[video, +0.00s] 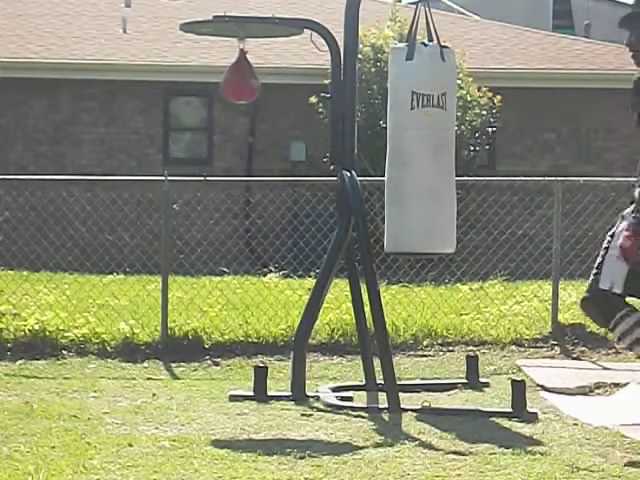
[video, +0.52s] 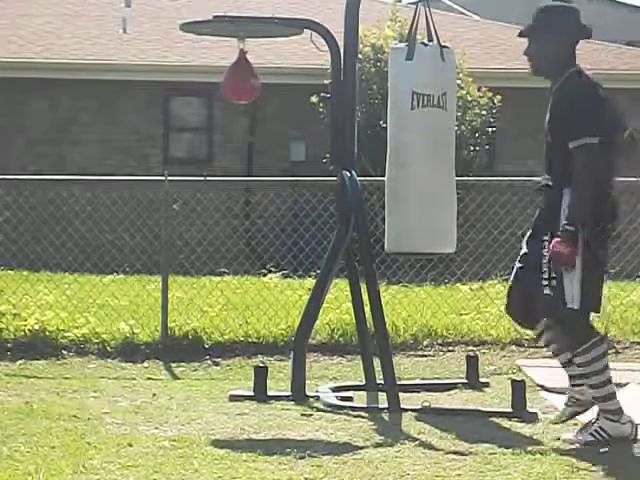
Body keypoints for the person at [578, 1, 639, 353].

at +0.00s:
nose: (630, 47)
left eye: (633, 39)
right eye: (630, 39)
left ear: (639, 41)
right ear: (631, 40)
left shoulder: (636, 88)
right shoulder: (636, 88)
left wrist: (633, 223)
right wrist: (631, 221)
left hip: (634, 213)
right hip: (633, 211)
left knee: (599, 298)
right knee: (599, 297)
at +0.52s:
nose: (525, 50)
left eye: (533, 41)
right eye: (527, 41)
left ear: (559, 44)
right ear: (558, 45)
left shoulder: (575, 92)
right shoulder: (567, 90)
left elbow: (589, 170)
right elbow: (570, 169)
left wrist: (572, 232)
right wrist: (548, 225)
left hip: (577, 219)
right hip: (559, 214)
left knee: (568, 316)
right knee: (535, 306)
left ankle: (612, 416)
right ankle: (583, 385)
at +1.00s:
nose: (425, 50)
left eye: (432, 42)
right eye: (427, 42)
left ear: (454, 46)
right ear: (453, 46)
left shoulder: (472, 91)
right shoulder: (463, 92)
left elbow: (493, 166)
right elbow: (473, 160)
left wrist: (484, 231)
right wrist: (445, 170)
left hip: (465, 210)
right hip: (469, 210)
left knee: (414, 303)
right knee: (463, 307)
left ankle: (477, 389)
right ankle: (481, 406)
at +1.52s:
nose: (325, 47)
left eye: (333, 40)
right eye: (325, 39)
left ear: (357, 43)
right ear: (341, 43)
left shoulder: (367, 87)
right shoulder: (353, 86)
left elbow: (383, 154)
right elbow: (405, 143)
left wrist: (359, 220)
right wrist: (348, 172)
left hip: (367, 208)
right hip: (343, 204)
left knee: (362, 313)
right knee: (302, 299)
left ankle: (389, 416)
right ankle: (345, 391)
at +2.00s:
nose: (240, 44)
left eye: (246, 35)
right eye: (240, 36)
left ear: (266, 40)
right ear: (270, 41)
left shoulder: (283, 89)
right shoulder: (271, 87)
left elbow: (301, 163)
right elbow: (234, 91)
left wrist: (291, 226)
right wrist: (243, 57)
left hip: (275, 207)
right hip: (272, 205)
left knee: (226, 301)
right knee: (272, 309)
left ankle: (283, 393)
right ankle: (290, 409)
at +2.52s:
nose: (183, 45)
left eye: (190, 36)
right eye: (184, 36)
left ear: (213, 40)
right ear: (211, 41)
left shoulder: (230, 87)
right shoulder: (216, 86)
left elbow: (246, 158)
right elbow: (227, 153)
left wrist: (227, 221)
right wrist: (198, 173)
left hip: (223, 215)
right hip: (200, 213)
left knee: (222, 315)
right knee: (168, 298)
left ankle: (250, 414)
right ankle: (216, 385)